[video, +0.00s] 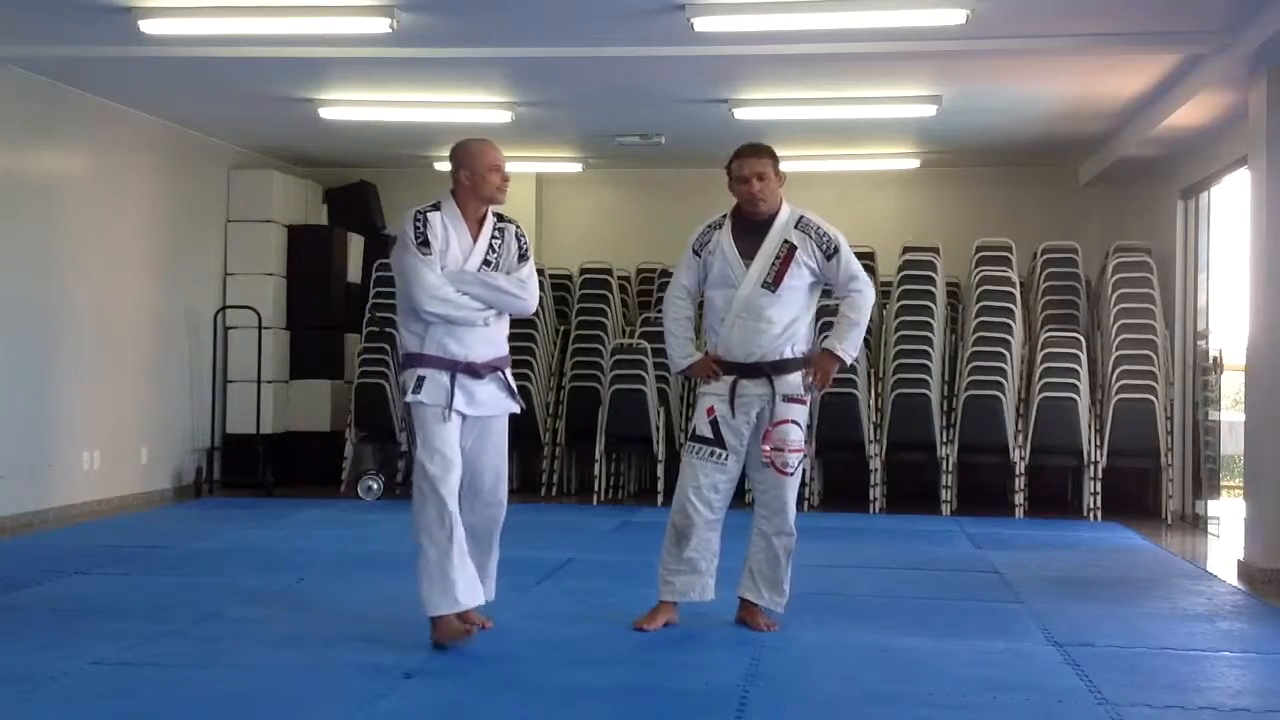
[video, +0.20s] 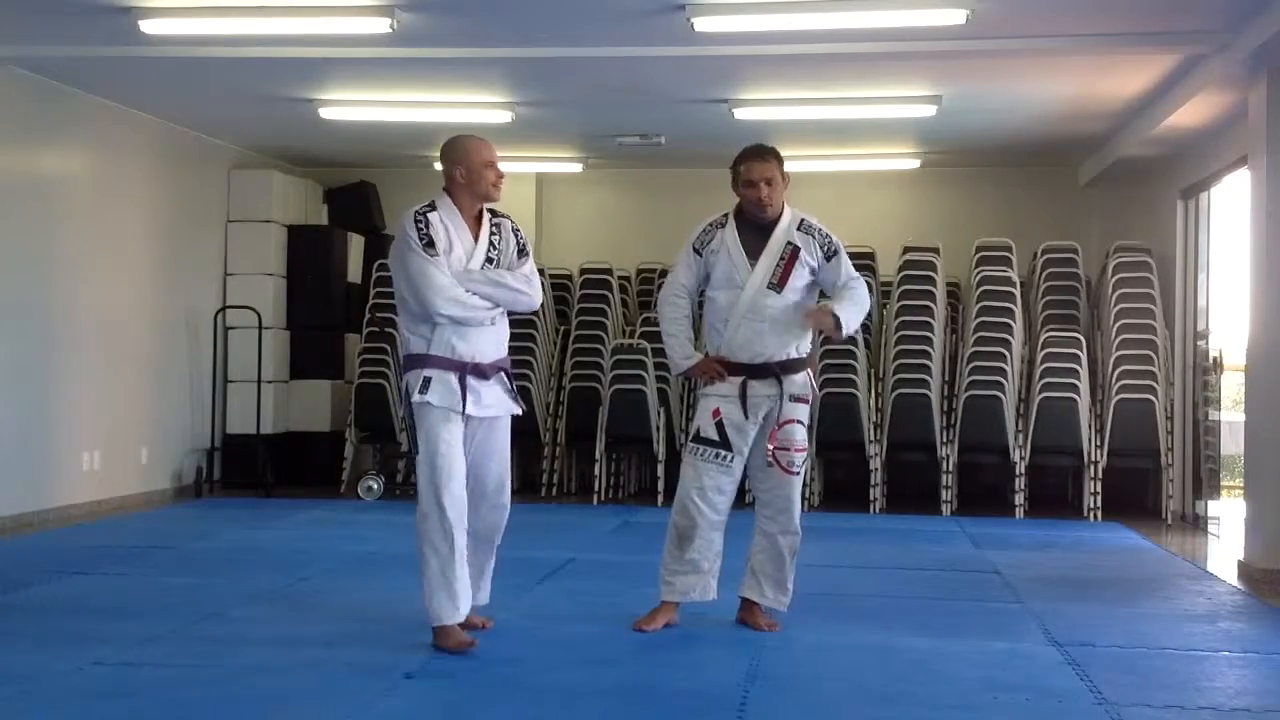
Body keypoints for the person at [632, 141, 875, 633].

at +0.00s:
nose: (753, 187)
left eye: (762, 177)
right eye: (742, 180)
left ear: (780, 181)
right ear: (730, 187)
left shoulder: (813, 235)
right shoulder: (709, 237)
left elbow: (859, 289)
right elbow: (678, 298)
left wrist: (836, 350)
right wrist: (686, 354)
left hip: (786, 387)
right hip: (721, 382)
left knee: (777, 504)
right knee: (694, 497)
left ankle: (755, 602)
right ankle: (670, 600)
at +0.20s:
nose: (761, 192)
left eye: (769, 183)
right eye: (750, 185)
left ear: (785, 184)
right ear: (735, 189)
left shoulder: (813, 239)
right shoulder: (711, 236)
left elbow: (856, 289)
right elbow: (673, 297)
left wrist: (839, 314)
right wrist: (687, 357)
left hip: (788, 388)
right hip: (723, 383)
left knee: (781, 502)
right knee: (696, 496)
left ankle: (755, 602)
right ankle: (671, 601)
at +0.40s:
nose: (775, 200)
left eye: (784, 191)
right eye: (765, 190)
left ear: (795, 190)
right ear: (744, 186)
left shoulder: (810, 240)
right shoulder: (713, 236)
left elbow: (839, 292)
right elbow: (672, 296)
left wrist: (824, 244)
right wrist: (689, 358)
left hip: (790, 387)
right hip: (726, 384)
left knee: (782, 503)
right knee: (698, 499)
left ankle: (755, 602)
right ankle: (672, 600)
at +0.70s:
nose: (776, 203)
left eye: (784, 194)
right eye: (766, 192)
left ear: (794, 192)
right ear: (743, 187)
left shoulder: (811, 238)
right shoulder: (709, 236)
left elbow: (849, 290)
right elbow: (672, 298)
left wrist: (798, 288)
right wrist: (687, 356)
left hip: (786, 389)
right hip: (721, 385)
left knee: (779, 504)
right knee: (695, 500)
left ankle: (755, 602)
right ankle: (671, 601)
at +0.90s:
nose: (766, 204)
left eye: (775, 193)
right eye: (756, 194)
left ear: (786, 190)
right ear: (735, 189)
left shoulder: (810, 240)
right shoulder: (706, 237)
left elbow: (857, 298)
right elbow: (677, 300)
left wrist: (834, 351)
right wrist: (684, 354)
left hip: (783, 386)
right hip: (718, 382)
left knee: (775, 503)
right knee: (692, 497)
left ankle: (755, 602)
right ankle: (670, 601)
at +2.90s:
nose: (769, 190)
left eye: (779, 181)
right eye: (759, 181)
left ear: (794, 186)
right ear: (743, 186)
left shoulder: (820, 241)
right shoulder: (714, 238)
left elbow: (857, 303)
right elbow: (676, 300)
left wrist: (838, 361)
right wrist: (688, 356)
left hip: (789, 388)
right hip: (723, 384)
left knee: (780, 505)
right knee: (696, 498)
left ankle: (756, 605)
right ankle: (671, 602)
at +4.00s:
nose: (763, 203)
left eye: (773, 194)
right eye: (754, 193)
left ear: (790, 194)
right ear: (740, 191)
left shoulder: (814, 244)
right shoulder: (713, 237)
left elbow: (851, 304)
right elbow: (669, 298)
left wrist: (860, 287)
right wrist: (687, 360)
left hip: (787, 390)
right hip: (722, 386)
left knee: (780, 506)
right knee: (695, 501)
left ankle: (757, 604)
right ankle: (672, 602)